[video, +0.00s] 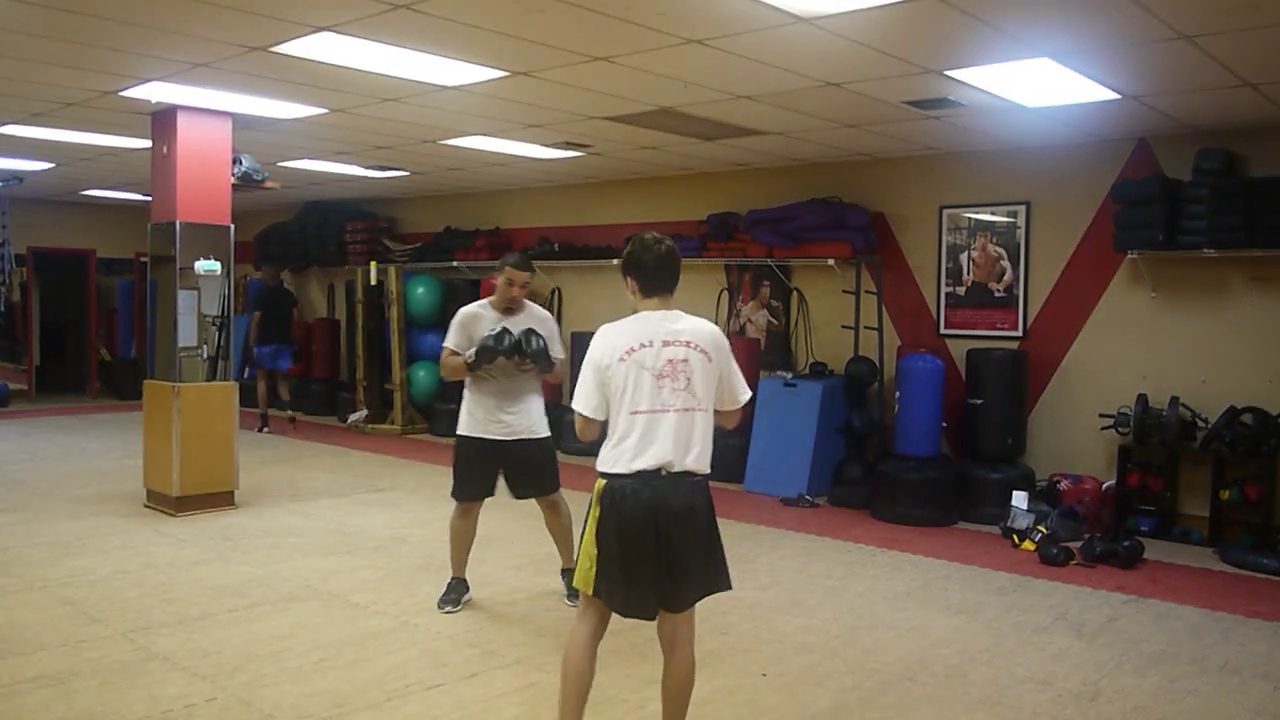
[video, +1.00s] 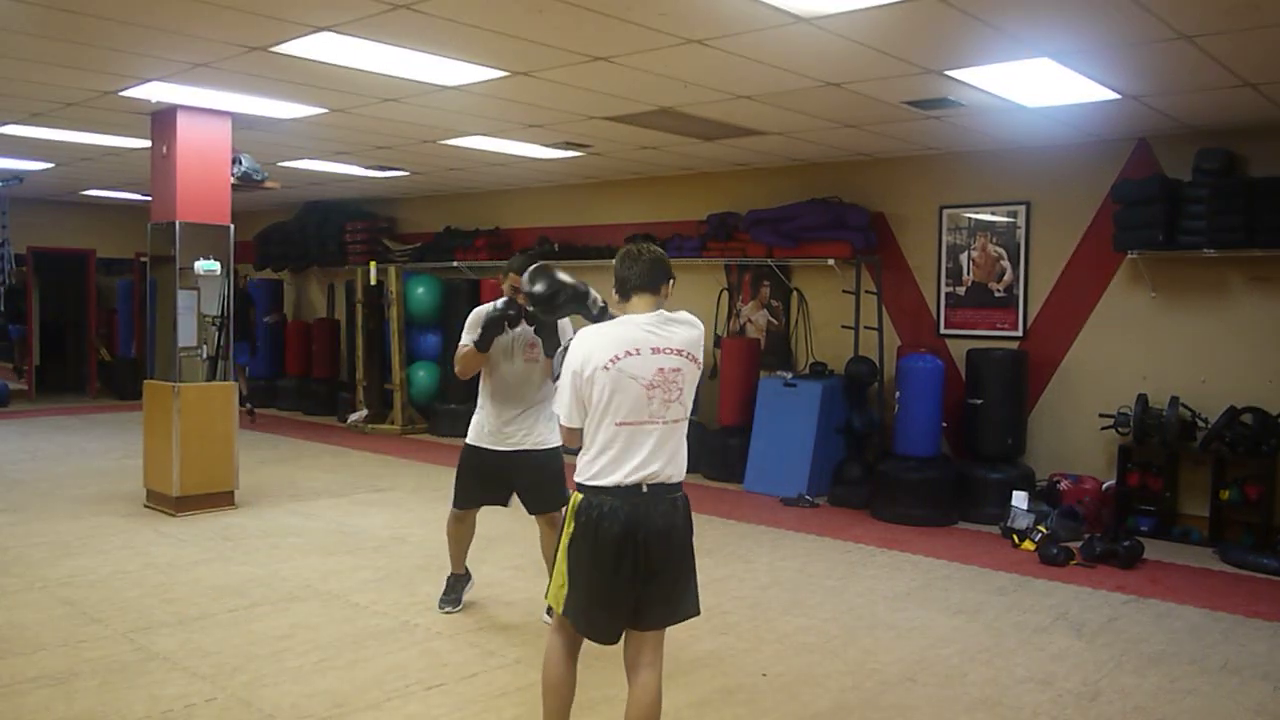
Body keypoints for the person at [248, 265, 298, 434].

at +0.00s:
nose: (261, 277)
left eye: (263, 274)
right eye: (263, 273)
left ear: (264, 276)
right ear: (279, 277)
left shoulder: (261, 293)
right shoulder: (288, 294)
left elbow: (256, 319)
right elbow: (296, 317)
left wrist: (252, 342)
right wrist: (294, 338)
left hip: (264, 342)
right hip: (284, 342)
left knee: (262, 379)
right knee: (282, 378)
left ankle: (264, 421)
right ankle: (289, 406)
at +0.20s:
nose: (256, 273)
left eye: (256, 270)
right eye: (260, 270)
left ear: (255, 272)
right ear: (270, 273)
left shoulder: (250, 290)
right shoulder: (277, 289)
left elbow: (244, 313)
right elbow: (285, 311)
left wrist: (237, 329)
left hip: (256, 339)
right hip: (275, 338)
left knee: (258, 377)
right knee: (268, 375)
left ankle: (263, 418)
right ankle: (270, 408)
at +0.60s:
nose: (244, 277)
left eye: (245, 274)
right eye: (248, 273)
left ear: (243, 277)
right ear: (257, 277)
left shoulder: (238, 294)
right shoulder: (264, 294)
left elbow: (234, 315)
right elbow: (273, 315)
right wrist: (270, 332)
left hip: (241, 339)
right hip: (260, 338)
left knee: (238, 374)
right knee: (255, 376)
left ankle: (241, 402)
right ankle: (254, 412)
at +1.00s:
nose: (244, 282)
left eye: (243, 278)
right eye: (243, 278)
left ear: (231, 280)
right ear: (240, 280)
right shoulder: (246, 296)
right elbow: (252, 320)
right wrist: (253, 341)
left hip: (231, 337)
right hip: (243, 338)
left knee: (239, 370)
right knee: (240, 370)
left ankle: (246, 399)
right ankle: (246, 399)